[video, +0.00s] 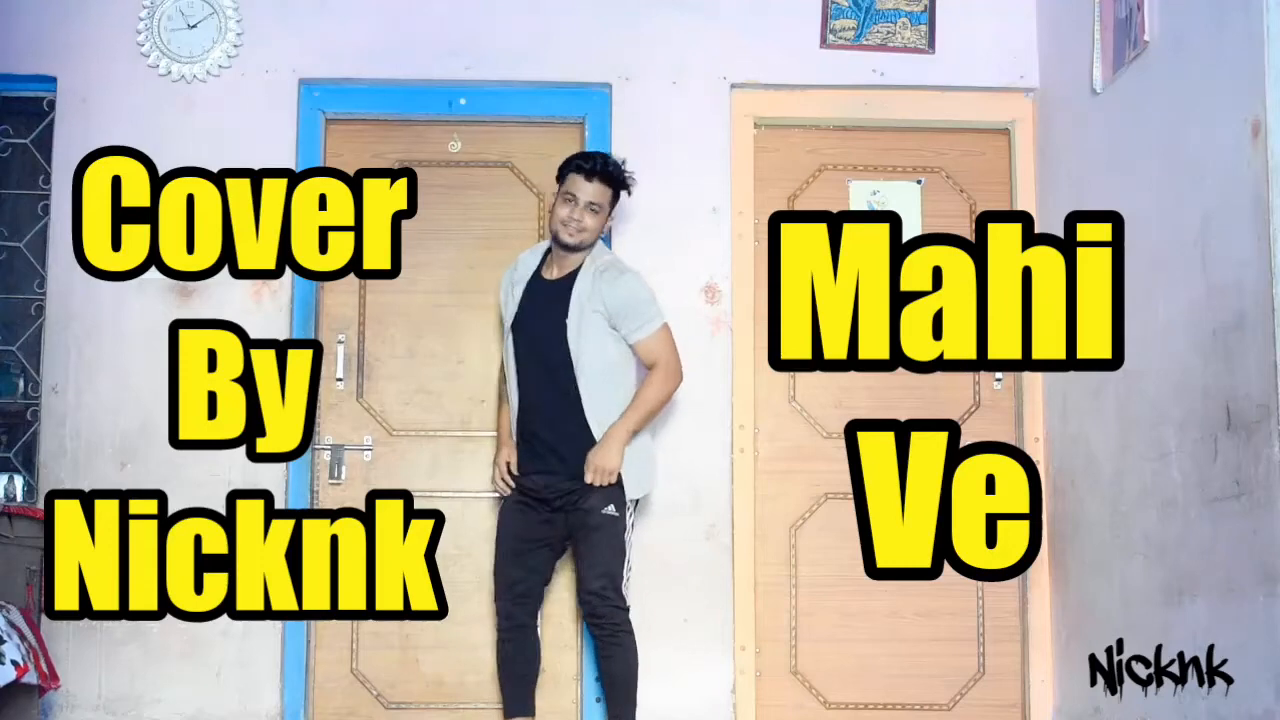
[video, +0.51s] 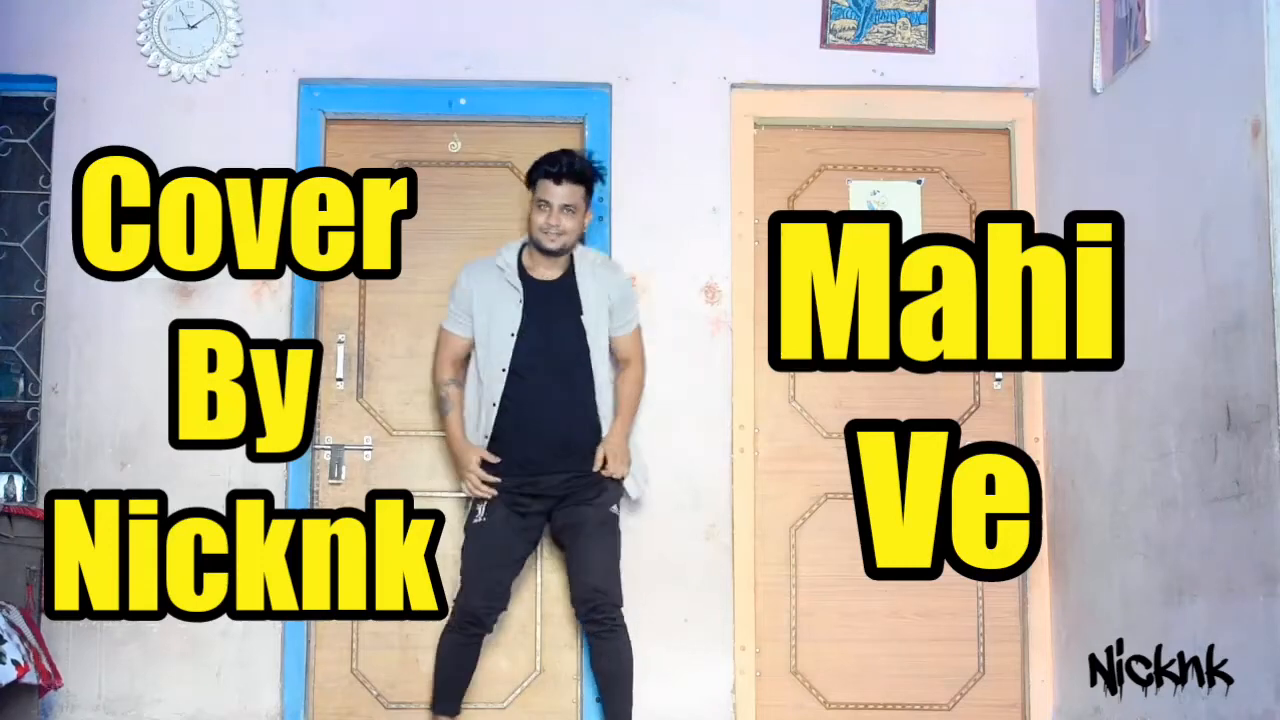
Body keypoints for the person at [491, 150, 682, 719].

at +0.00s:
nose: (575, 214)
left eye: (592, 208)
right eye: (568, 200)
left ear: (607, 220)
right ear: (551, 201)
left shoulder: (616, 283)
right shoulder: (521, 274)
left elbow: (667, 368)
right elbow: (512, 365)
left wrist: (615, 440)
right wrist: (506, 436)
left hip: (597, 486)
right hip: (530, 484)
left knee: (603, 610)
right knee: (513, 611)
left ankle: (622, 718)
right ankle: (518, 717)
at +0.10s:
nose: (569, 216)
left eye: (586, 209)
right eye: (563, 200)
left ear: (604, 221)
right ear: (549, 199)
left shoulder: (614, 281)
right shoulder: (514, 274)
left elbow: (662, 367)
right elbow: (502, 365)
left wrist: (615, 442)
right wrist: (496, 436)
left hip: (593, 484)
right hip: (525, 482)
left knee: (601, 609)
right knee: (509, 608)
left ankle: (620, 719)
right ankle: (517, 717)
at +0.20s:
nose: (567, 224)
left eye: (584, 216)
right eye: (560, 209)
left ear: (603, 226)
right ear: (545, 208)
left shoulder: (620, 290)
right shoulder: (507, 279)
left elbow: (665, 371)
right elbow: (488, 365)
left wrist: (627, 447)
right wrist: (486, 442)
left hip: (596, 489)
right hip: (522, 488)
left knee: (604, 613)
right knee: (498, 608)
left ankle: (619, 718)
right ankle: (514, 716)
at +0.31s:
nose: (567, 226)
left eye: (583, 218)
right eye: (559, 212)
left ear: (603, 227)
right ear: (545, 213)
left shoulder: (623, 291)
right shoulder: (502, 287)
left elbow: (663, 372)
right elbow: (480, 377)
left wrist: (633, 447)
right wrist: (483, 451)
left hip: (600, 489)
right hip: (520, 488)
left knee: (608, 611)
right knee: (480, 599)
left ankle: (620, 718)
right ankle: (502, 713)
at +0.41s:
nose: (564, 223)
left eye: (579, 213)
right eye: (555, 208)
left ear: (598, 222)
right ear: (541, 209)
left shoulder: (621, 284)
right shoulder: (492, 285)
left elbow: (653, 366)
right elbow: (469, 375)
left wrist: (632, 439)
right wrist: (473, 446)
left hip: (596, 486)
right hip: (513, 485)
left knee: (608, 612)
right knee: (475, 603)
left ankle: (620, 719)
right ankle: (473, 714)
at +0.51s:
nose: (553, 220)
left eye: (569, 209)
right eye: (544, 206)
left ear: (587, 217)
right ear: (529, 208)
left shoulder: (608, 280)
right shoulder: (480, 280)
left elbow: (631, 362)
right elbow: (449, 368)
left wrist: (620, 434)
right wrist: (460, 445)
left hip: (587, 484)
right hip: (507, 485)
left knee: (602, 613)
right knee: (473, 613)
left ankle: (621, 719)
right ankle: (442, 715)